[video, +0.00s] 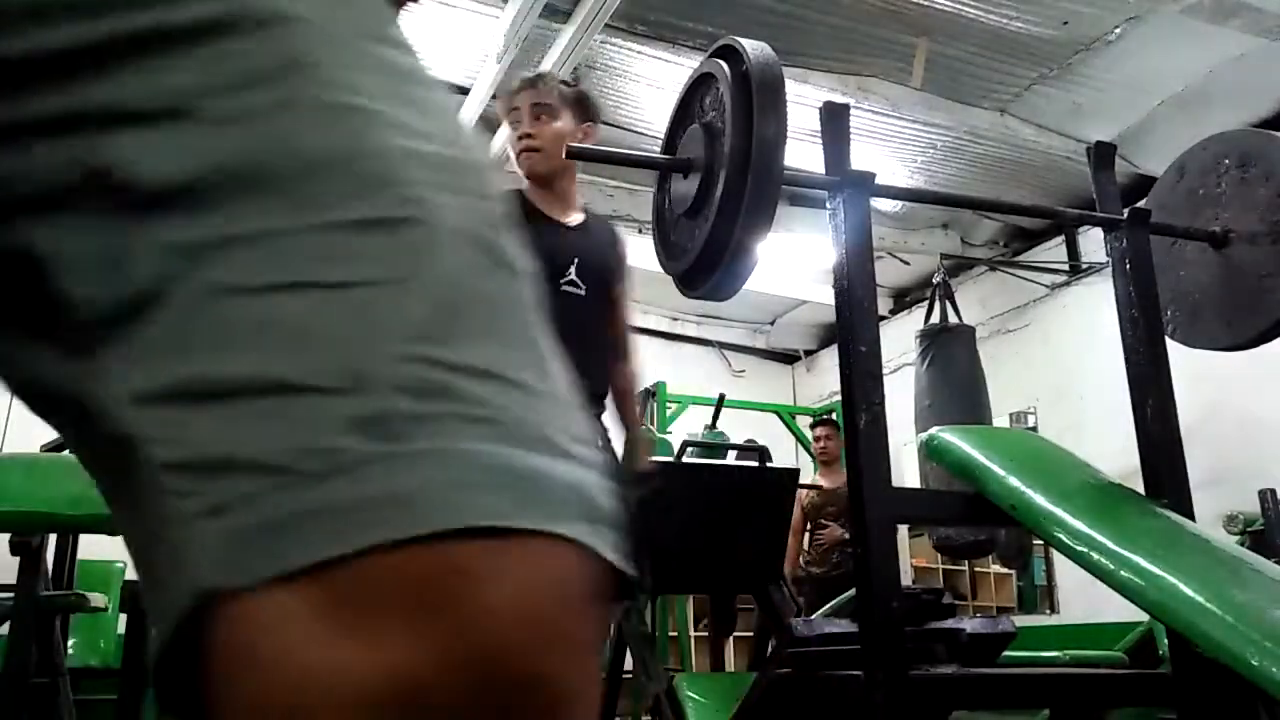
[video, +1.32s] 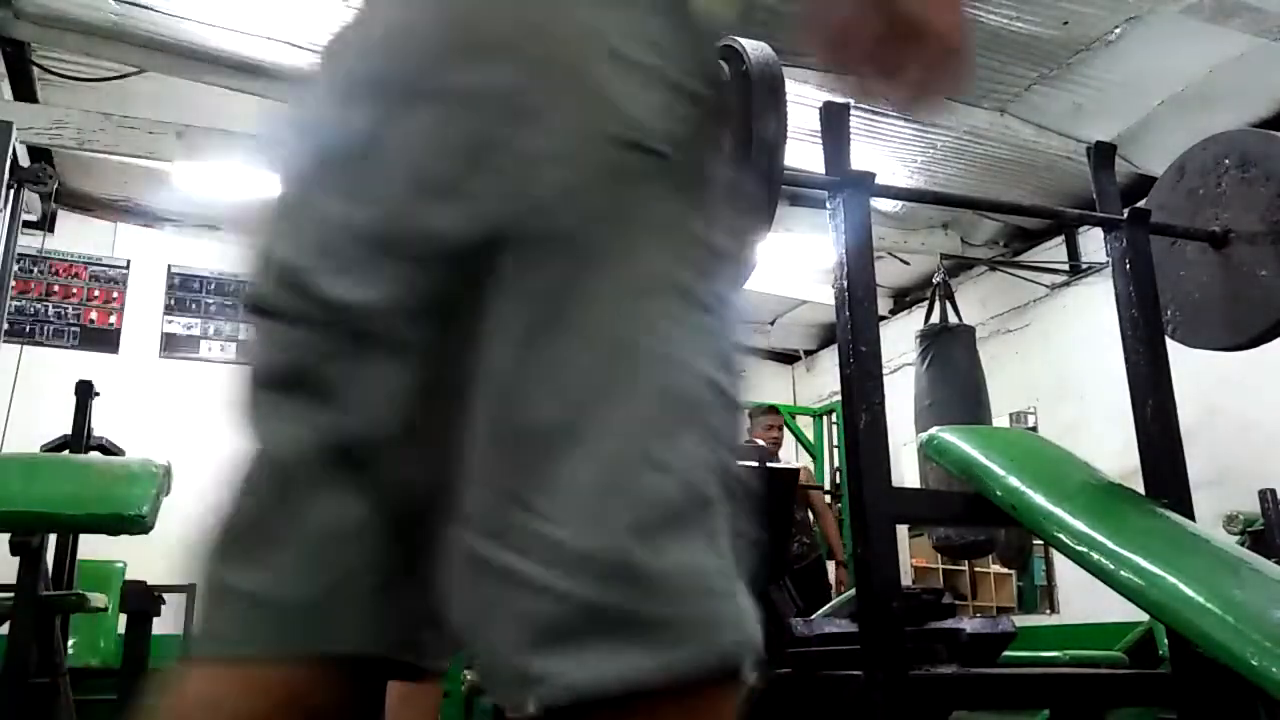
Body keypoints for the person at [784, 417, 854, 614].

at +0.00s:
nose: (822, 445)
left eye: (829, 438)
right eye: (816, 440)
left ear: (842, 443)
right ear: (811, 445)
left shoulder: (854, 482)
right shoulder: (806, 488)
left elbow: (872, 523)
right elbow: (795, 534)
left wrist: (845, 533)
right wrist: (789, 573)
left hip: (850, 569)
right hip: (814, 571)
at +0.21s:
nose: (803, 443)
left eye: (809, 436)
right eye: (798, 438)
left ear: (824, 439)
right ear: (796, 444)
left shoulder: (842, 481)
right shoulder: (798, 484)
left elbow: (860, 522)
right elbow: (793, 528)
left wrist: (829, 532)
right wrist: (791, 561)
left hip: (838, 570)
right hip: (804, 570)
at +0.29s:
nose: (793, 444)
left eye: (799, 437)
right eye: (789, 439)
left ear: (814, 440)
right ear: (786, 444)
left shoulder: (836, 480)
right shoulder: (789, 481)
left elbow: (856, 520)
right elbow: (787, 526)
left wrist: (820, 534)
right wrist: (786, 558)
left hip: (832, 571)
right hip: (796, 571)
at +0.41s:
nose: (779, 442)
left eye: (785, 434)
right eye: (775, 437)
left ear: (802, 437)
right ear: (772, 442)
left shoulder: (827, 478)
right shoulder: (777, 480)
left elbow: (841, 523)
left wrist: (808, 550)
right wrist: (781, 552)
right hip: (781, 567)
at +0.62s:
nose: (764, 438)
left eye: (769, 431)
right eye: (758, 434)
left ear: (783, 435)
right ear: (755, 439)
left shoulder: (807, 476)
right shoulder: (754, 481)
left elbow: (825, 519)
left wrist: (829, 564)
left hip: (804, 566)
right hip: (768, 566)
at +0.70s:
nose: (759, 437)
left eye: (765, 431)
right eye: (753, 433)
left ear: (777, 435)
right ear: (748, 440)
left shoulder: (801, 475)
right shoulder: (745, 483)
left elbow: (829, 511)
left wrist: (835, 561)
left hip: (803, 570)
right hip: (764, 571)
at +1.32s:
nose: (776, 435)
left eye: (780, 429)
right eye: (768, 429)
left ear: (785, 432)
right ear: (750, 432)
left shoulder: (797, 473)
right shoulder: (737, 474)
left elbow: (823, 514)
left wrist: (840, 563)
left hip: (804, 569)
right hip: (760, 570)